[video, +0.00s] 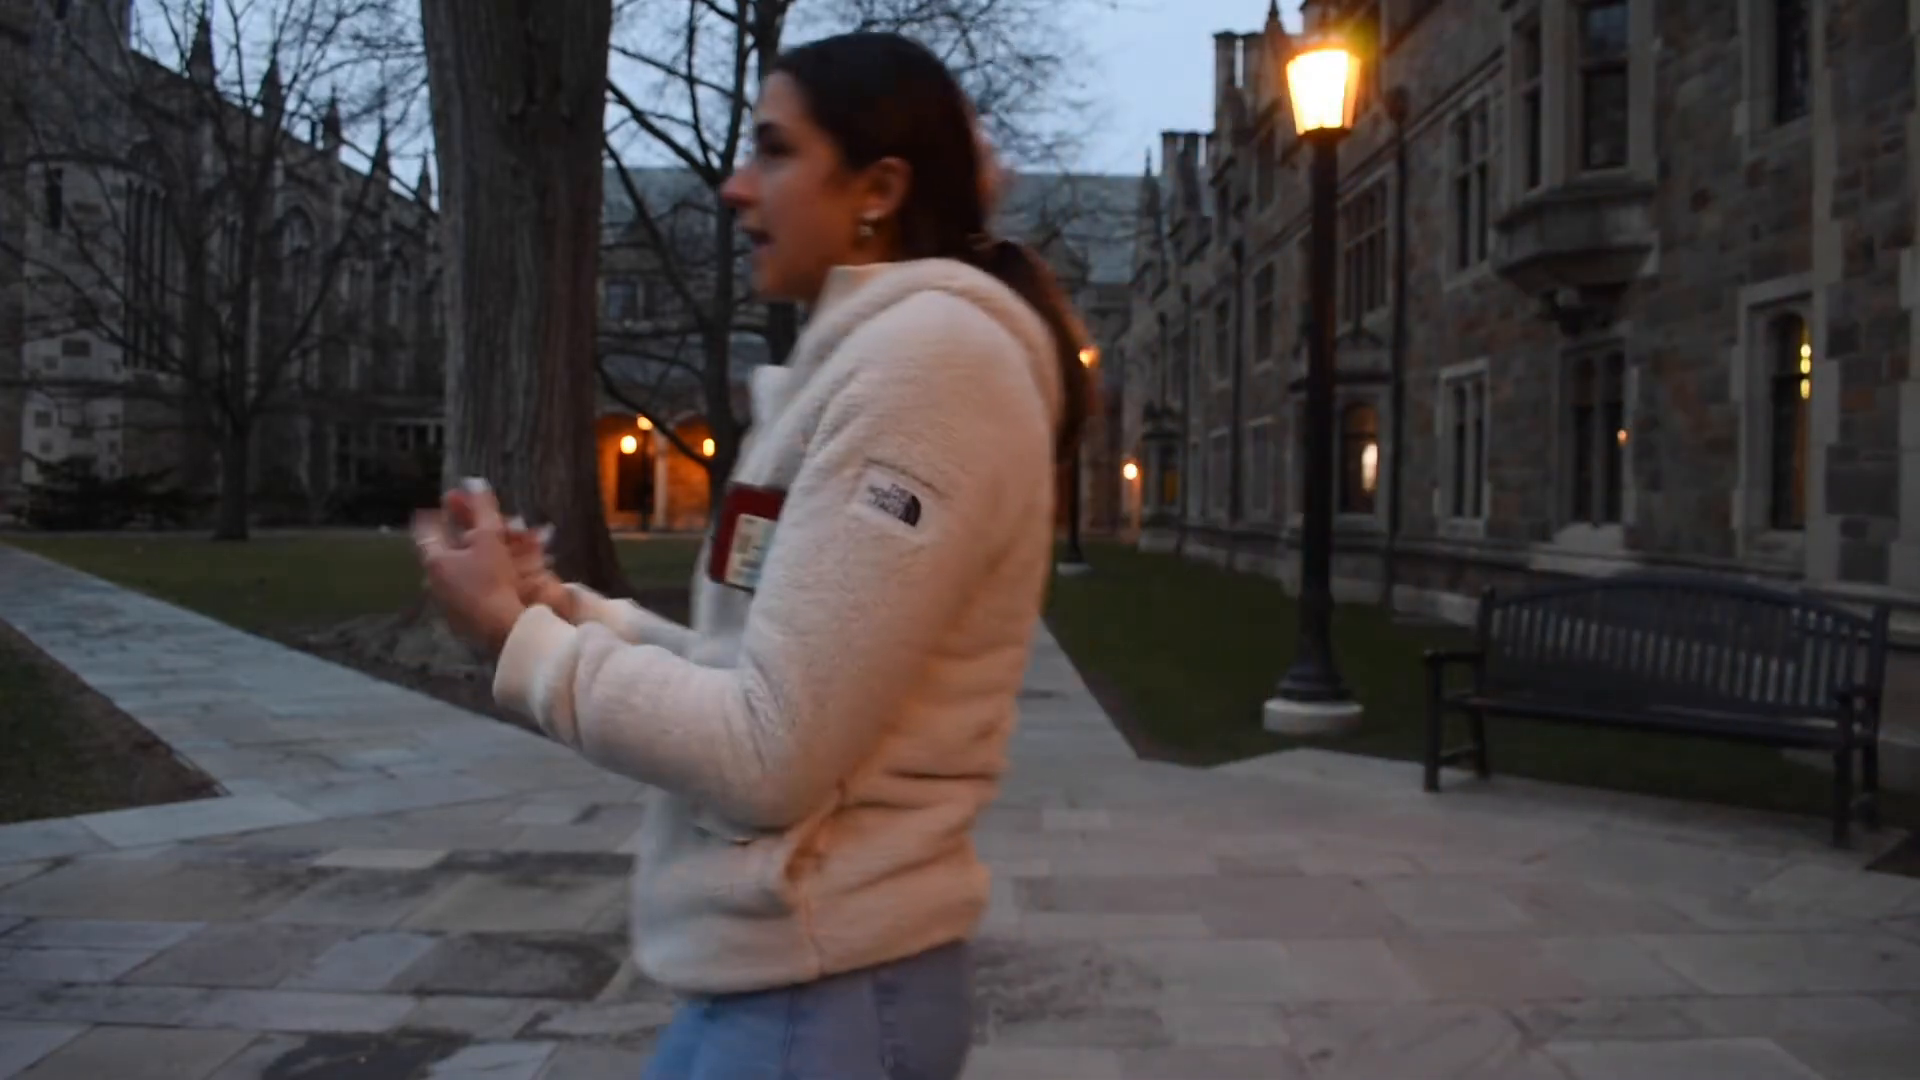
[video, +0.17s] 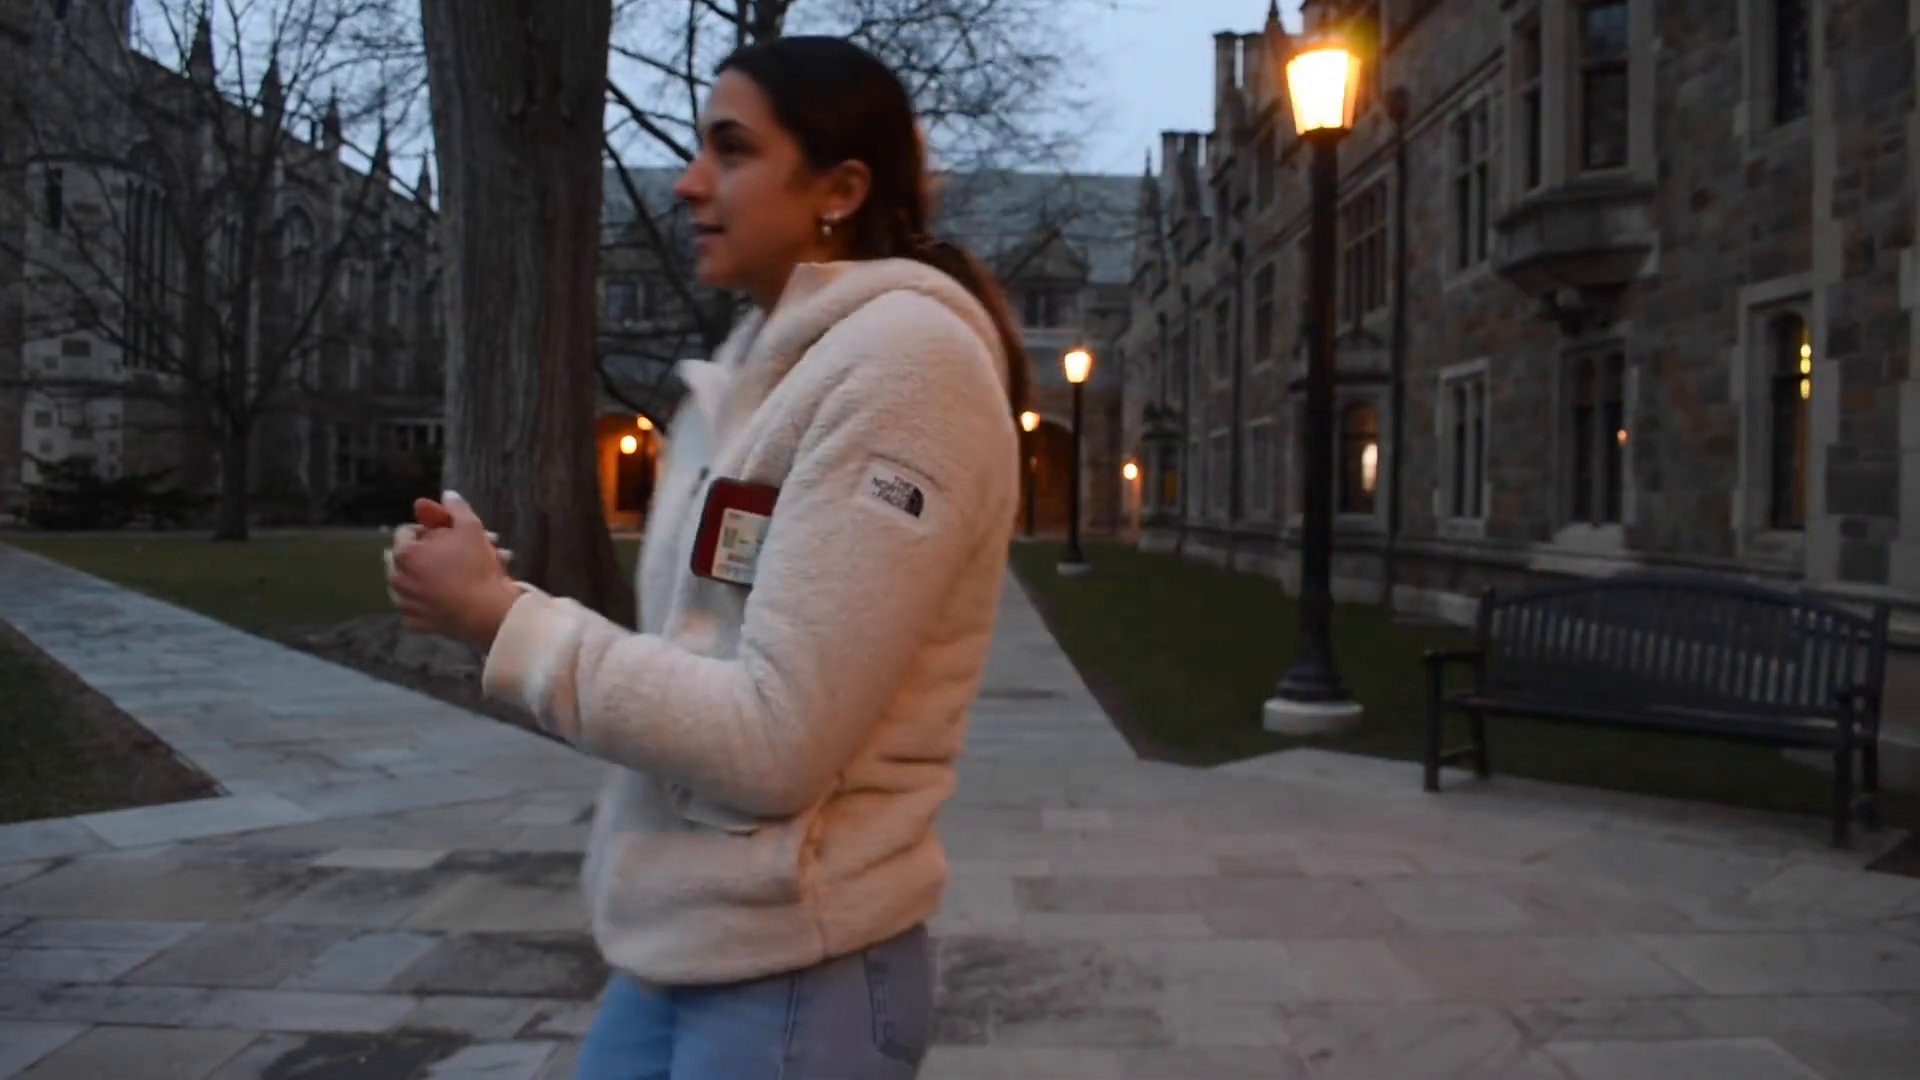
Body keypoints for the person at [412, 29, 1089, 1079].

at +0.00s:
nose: (736, 188)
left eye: (774, 151)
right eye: (750, 152)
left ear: (879, 188)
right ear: (864, 194)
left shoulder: (932, 357)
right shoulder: (869, 351)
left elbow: (770, 751)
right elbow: (758, 678)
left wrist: (515, 632)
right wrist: (554, 600)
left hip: (828, 1001)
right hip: (783, 984)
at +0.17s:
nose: (689, 185)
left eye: (731, 151)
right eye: (699, 151)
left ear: (842, 188)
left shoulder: (910, 357)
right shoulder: (760, 358)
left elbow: (777, 741)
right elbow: (709, 674)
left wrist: (500, 616)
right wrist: (503, 604)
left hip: (805, 971)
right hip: (675, 953)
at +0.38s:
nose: (673, 181)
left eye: (722, 152)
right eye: (671, 149)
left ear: (817, 200)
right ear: (662, 171)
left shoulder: (900, 369)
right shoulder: (642, 376)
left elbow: (825, 722)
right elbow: (585, 710)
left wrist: (542, 619)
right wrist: (491, 621)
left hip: (784, 940)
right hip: (604, 933)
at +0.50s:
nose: (679, 179)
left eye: (729, 152)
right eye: (666, 145)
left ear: (808, 200)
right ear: (646, 173)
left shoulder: (896, 374)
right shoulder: (581, 374)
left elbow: (860, 709)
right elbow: (533, 712)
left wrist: (603, 613)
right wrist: (498, 617)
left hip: (797, 928)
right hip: (598, 924)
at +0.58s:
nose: (694, 184)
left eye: (742, 157)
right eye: (672, 148)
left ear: (804, 207)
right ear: (643, 180)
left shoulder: (898, 377)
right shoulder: (554, 378)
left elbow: (888, 704)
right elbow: (498, 712)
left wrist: (662, 618)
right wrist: (527, 623)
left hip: (811, 922)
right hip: (599, 920)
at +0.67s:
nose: (717, 187)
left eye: (758, 162)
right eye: (687, 151)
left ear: (807, 211)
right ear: (645, 187)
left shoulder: (900, 378)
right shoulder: (537, 379)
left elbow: (916, 691)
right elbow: (486, 698)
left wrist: (732, 625)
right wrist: (564, 626)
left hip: (825, 915)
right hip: (604, 919)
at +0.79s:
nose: (760, 195)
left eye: (796, 169)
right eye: (726, 156)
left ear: (825, 208)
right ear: (660, 186)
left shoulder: (909, 381)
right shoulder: (541, 379)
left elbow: (943, 690)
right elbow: (504, 702)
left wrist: (833, 621)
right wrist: (650, 620)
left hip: (848, 904)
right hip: (619, 913)